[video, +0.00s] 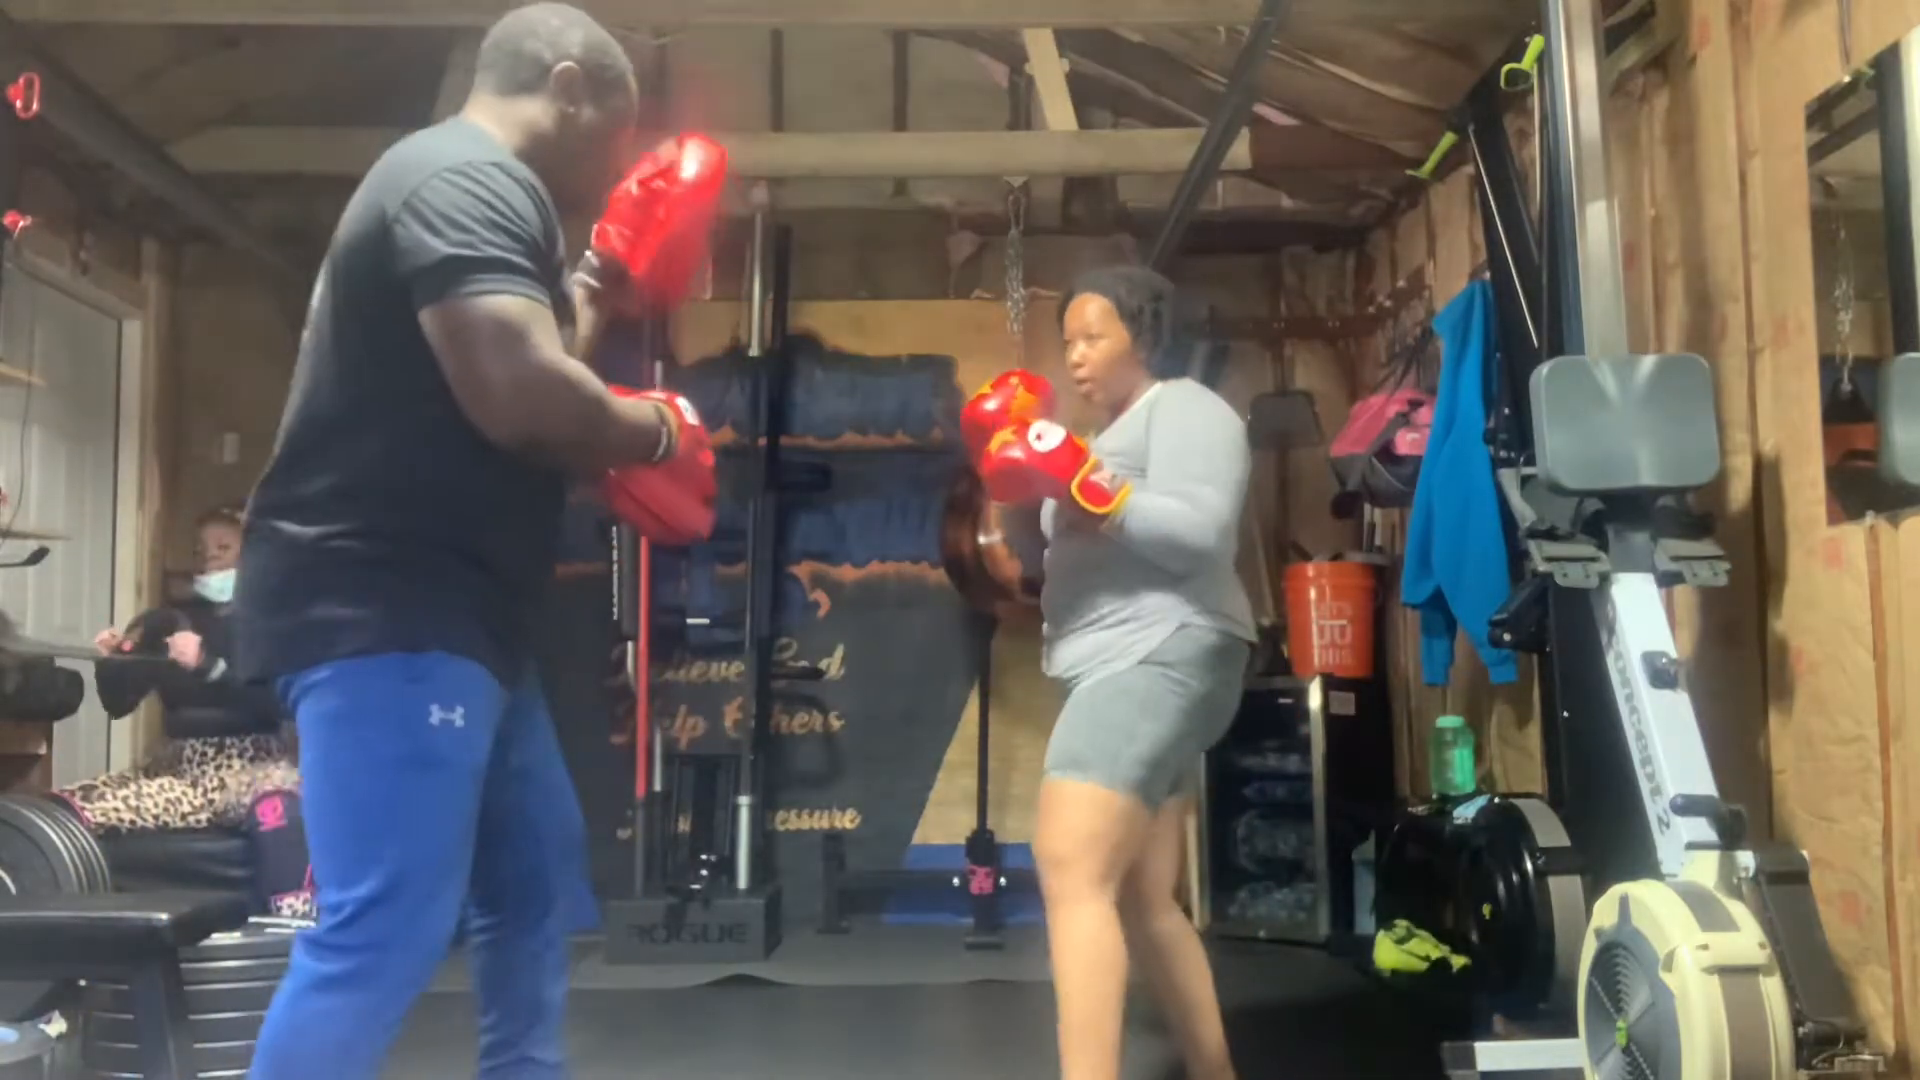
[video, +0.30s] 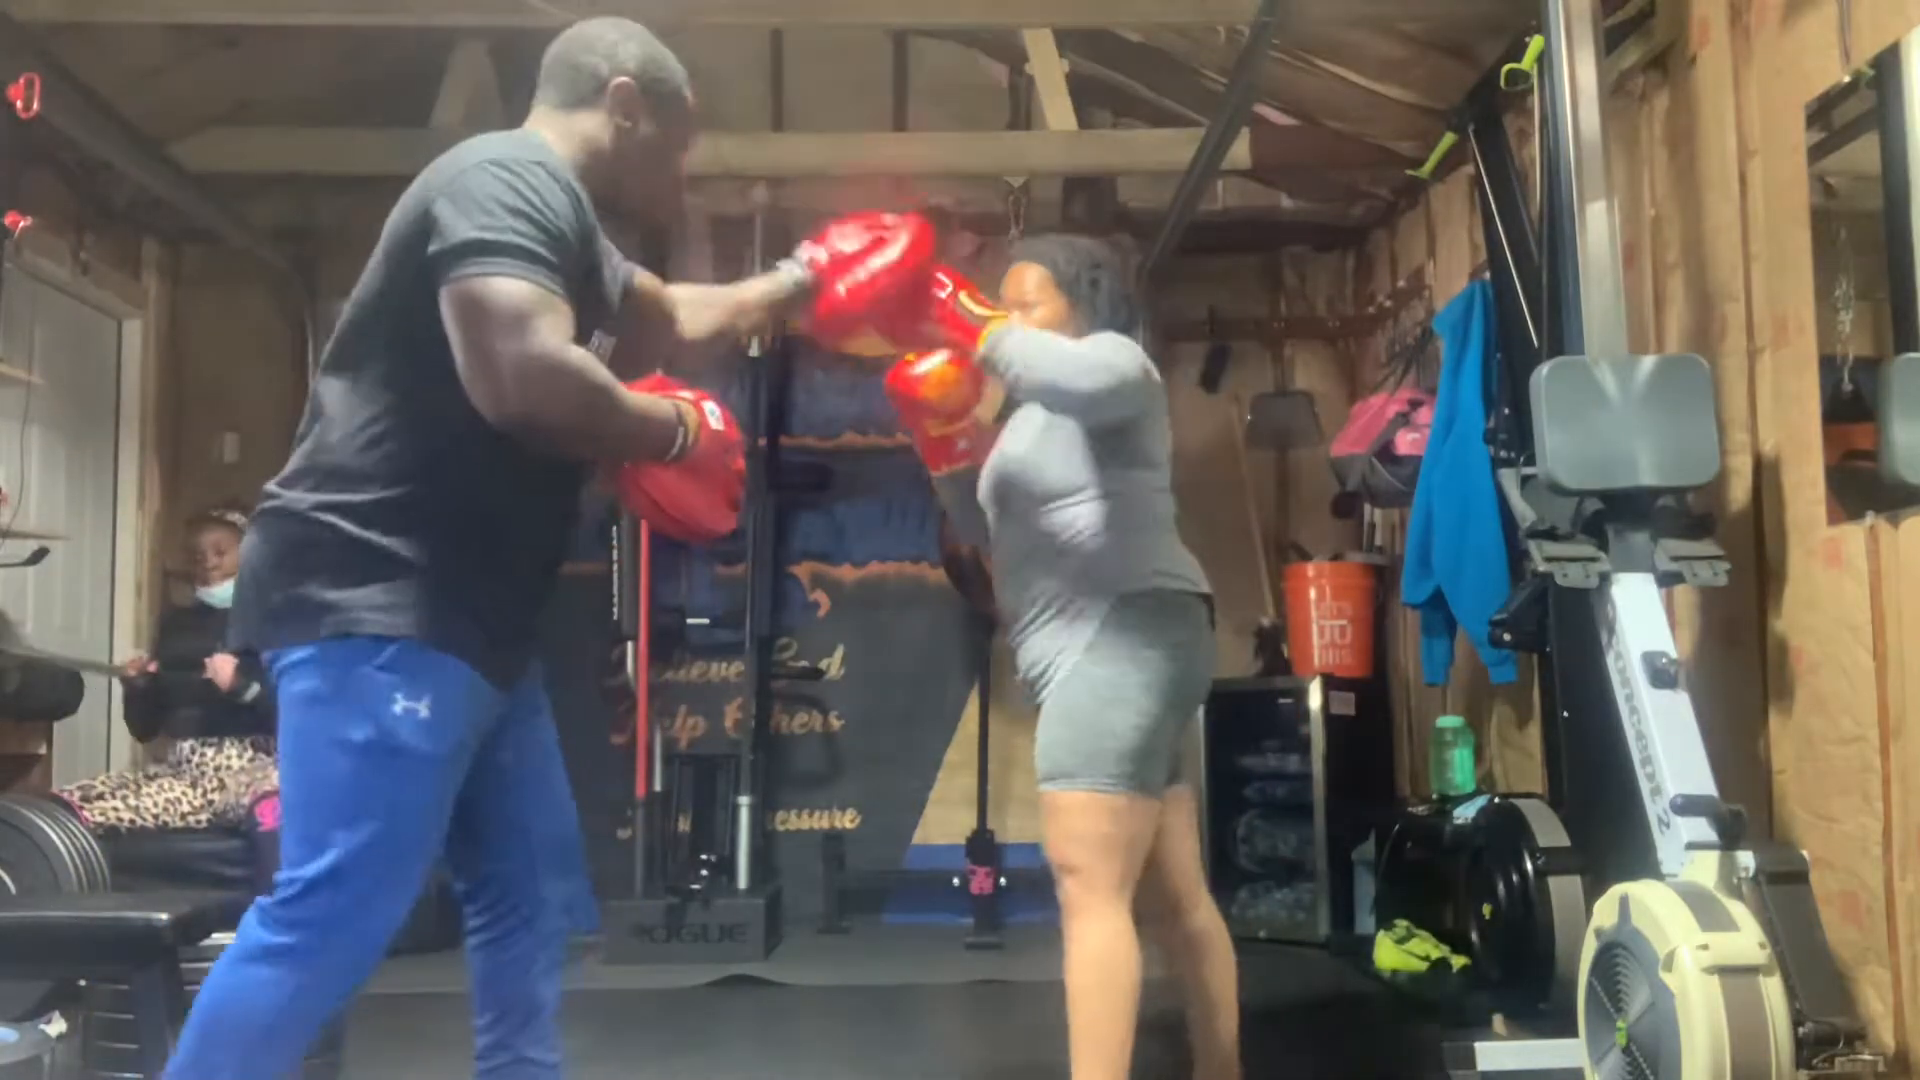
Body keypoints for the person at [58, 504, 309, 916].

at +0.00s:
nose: (211, 560)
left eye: (222, 550)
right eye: (204, 552)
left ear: (246, 553)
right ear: (196, 556)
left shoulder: (263, 612)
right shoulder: (173, 618)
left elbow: (272, 692)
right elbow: (119, 703)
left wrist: (207, 661)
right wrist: (112, 661)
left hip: (259, 765)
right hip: (180, 768)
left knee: (278, 810)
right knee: (70, 807)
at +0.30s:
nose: (209, 564)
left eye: (221, 553)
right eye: (199, 555)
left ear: (247, 555)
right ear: (189, 561)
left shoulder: (265, 615)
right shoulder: (178, 621)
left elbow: (292, 713)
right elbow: (146, 730)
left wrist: (244, 686)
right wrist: (137, 688)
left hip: (250, 766)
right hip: (178, 766)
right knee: (62, 807)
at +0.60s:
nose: (204, 557)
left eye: (216, 546)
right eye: (197, 548)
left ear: (249, 554)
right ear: (189, 555)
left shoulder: (267, 615)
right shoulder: (170, 612)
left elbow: (264, 691)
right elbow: (110, 691)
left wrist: (191, 655)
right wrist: (109, 652)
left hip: (251, 764)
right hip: (182, 766)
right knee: (72, 809)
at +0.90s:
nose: (209, 561)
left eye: (222, 549)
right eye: (201, 552)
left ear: (253, 556)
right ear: (193, 557)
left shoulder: (286, 620)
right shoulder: (176, 620)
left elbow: (305, 722)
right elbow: (145, 724)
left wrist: (240, 697)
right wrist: (131, 695)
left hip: (259, 772)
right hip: (179, 772)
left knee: (279, 813)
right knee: (60, 811)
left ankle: (294, 946)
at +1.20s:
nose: (214, 560)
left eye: (228, 549)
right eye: (207, 549)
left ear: (258, 557)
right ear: (198, 553)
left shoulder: (285, 618)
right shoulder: (174, 616)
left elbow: (270, 691)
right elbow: (113, 688)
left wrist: (192, 672)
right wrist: (107, 668)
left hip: (250, 773)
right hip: (173, 775)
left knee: (281, 814)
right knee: (61, 813)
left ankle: (293, 944)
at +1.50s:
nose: (221, 565)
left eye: (236, 553)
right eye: (212, 554)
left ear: (264, 561)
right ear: (202, 557)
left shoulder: (289, 621)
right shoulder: (181, 618)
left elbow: (282, 713)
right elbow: (133, 712)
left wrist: (228, 674)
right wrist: (120, 671)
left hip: (255, 771)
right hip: (178, 770)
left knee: (282, 810)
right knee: (65, 811)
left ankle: (295, 946)